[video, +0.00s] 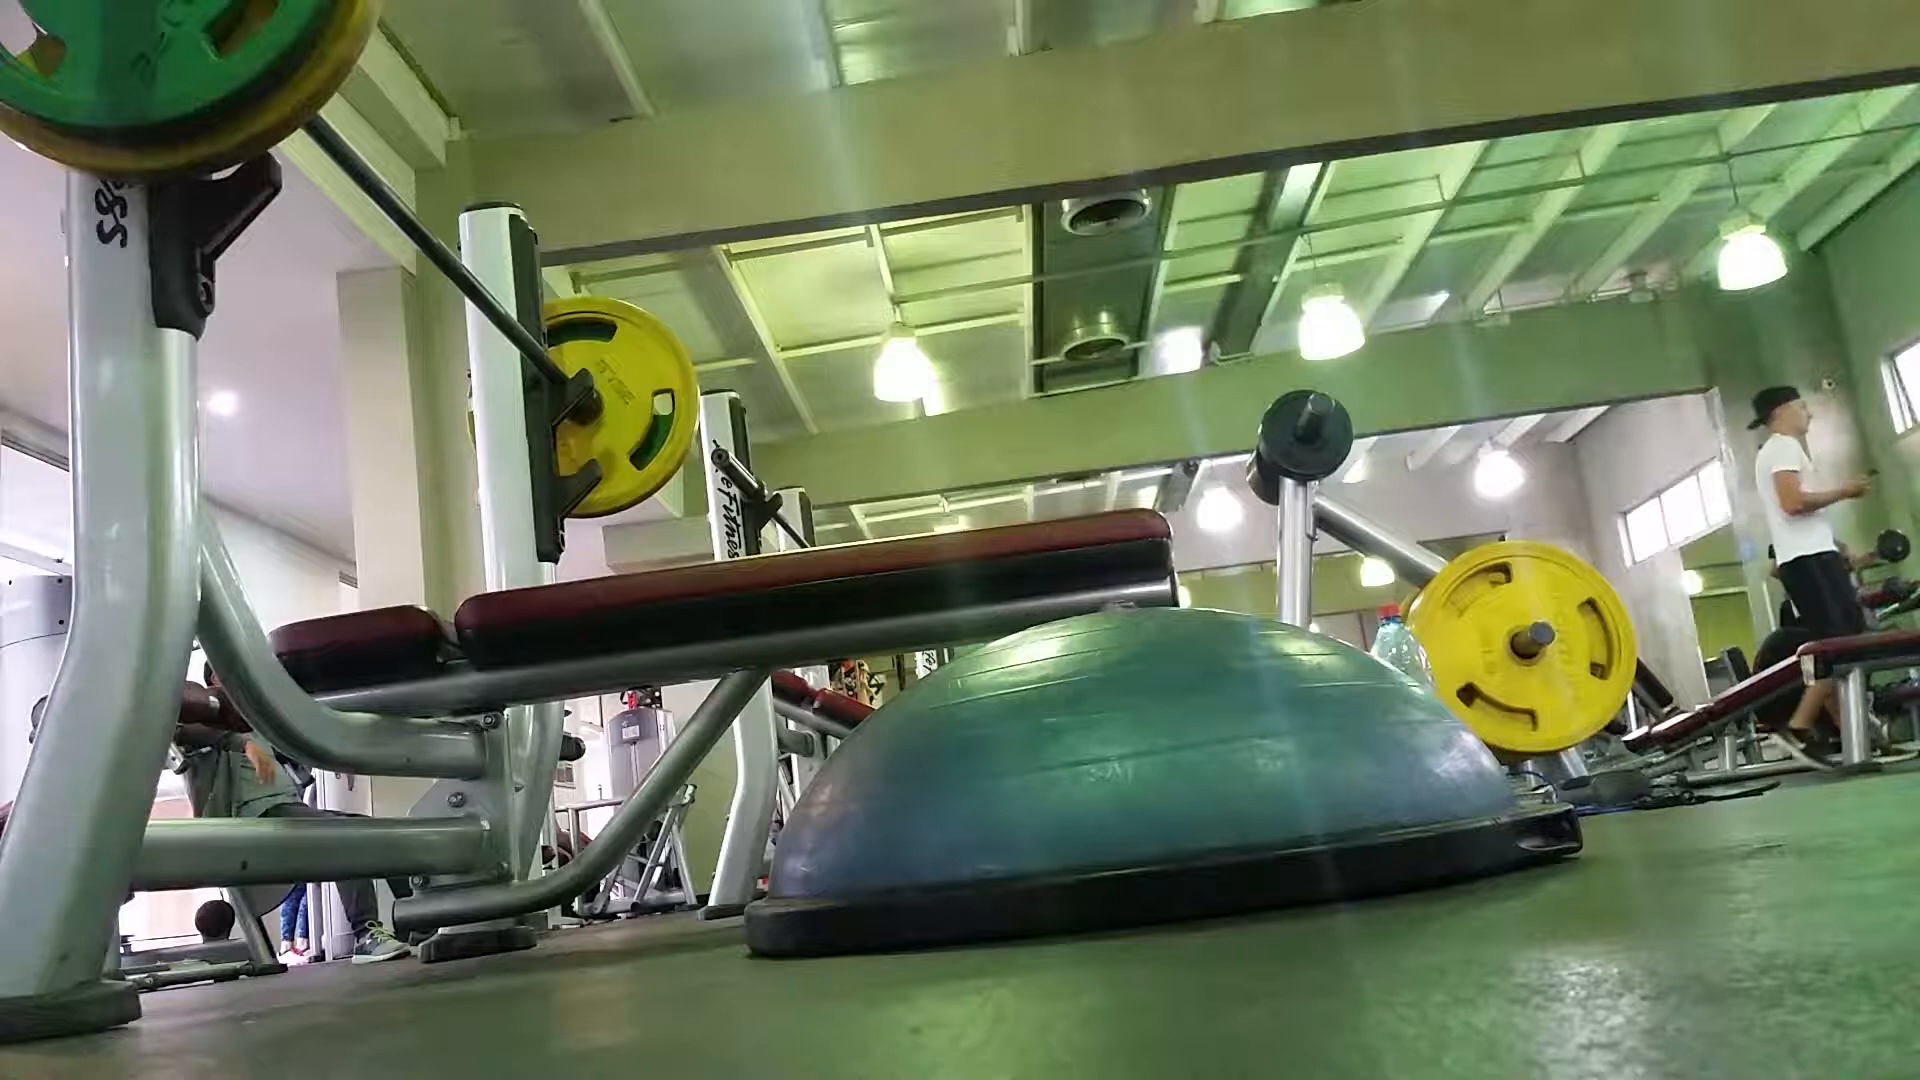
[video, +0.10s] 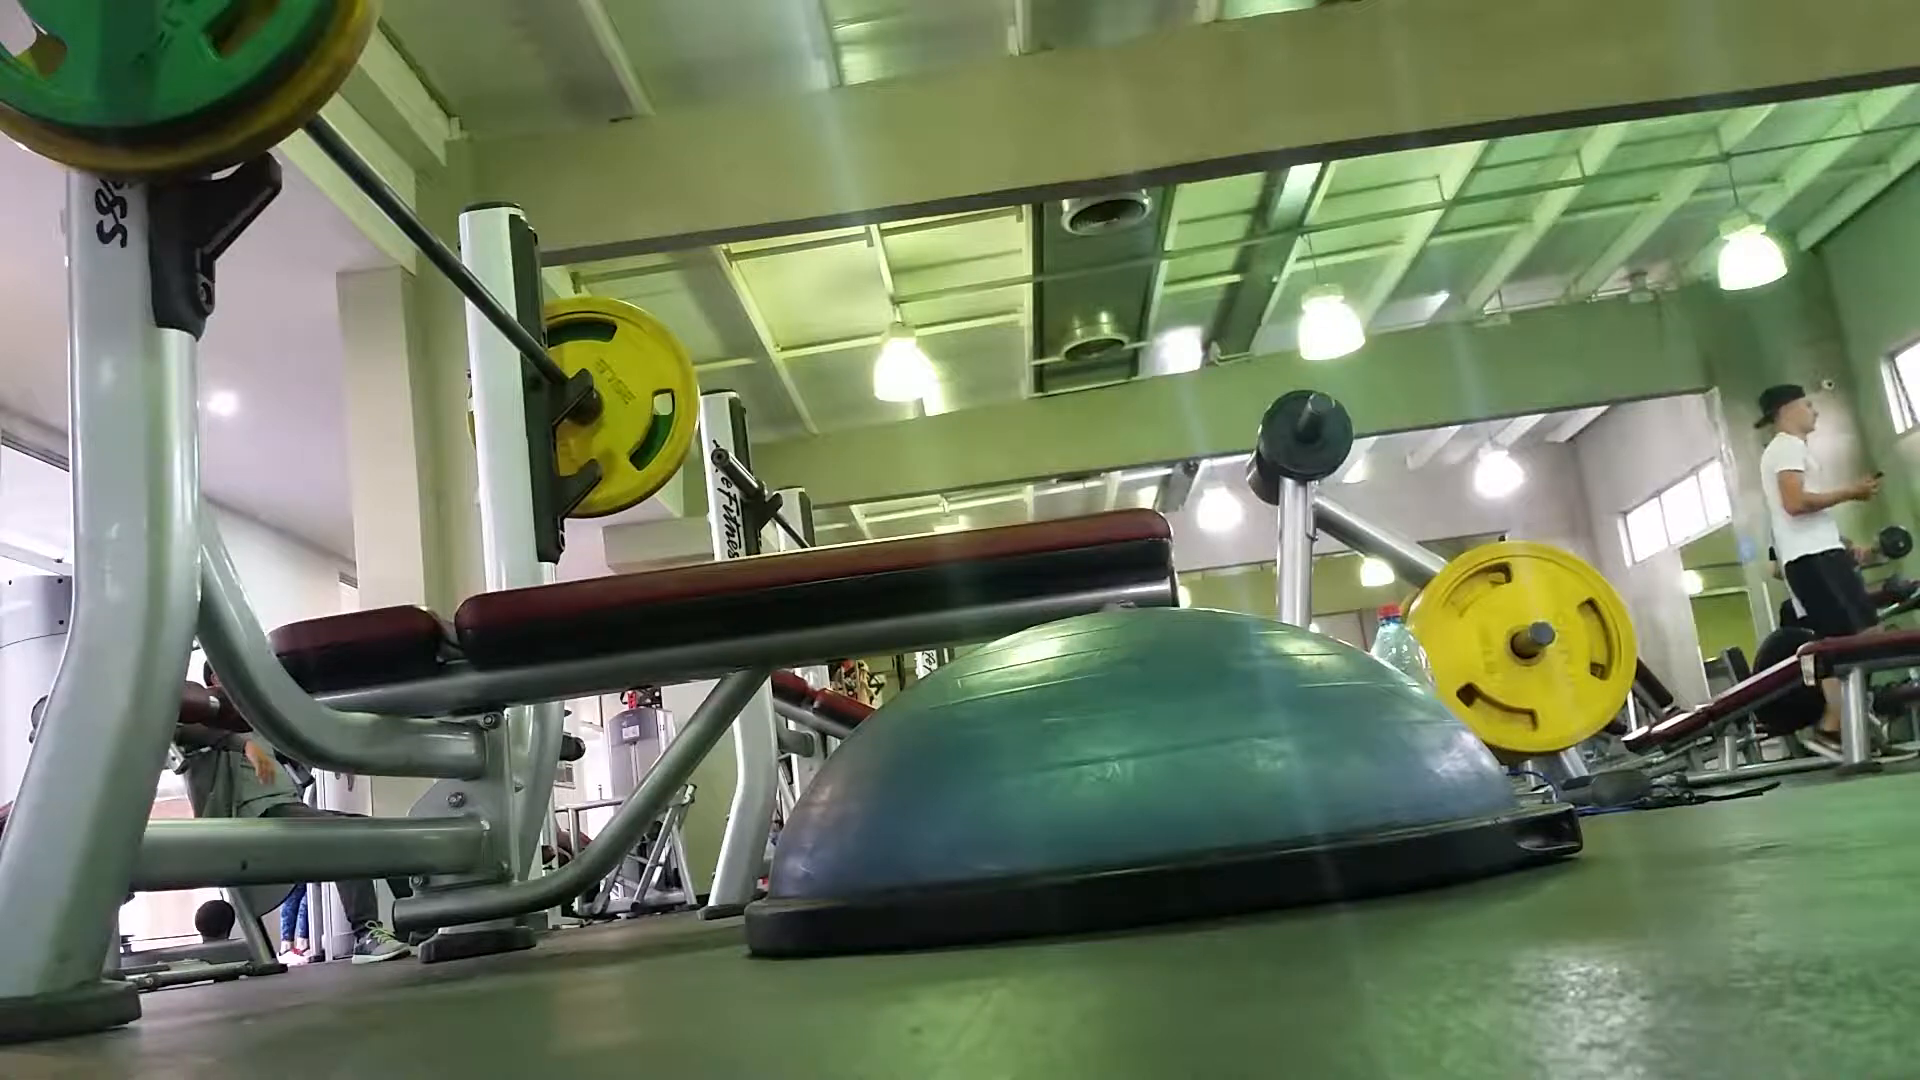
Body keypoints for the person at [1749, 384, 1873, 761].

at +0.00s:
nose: (1807, 413)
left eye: (1804, 406)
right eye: (1799, 407)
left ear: (1776, 416)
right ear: (1779, 413)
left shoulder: (1780, 450)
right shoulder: (1783, 446)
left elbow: (1796, 509)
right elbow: (1792, 502)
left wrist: (1835, 547)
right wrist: (1844, 491)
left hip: (1809, 556)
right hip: (1806, 557)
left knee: (1840, 640)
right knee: (1840, 638)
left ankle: (1853, 734)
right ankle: (1798, 726)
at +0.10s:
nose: (1813, 411)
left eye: (1810, 405)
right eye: (1805, 405)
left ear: (1784, 414)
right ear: (1785, 412)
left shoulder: (1787, 450)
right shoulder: (1786, 446)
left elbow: (1800, 514)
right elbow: (1794, 501)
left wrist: (1844, 548)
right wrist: (1850, 492)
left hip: (1813, 558)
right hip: (1811, 557)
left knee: (1842, 643)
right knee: (1856, 637)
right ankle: (1830, 729)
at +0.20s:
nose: (1820, 409)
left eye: (1817, 403)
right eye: (1812, 403)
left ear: (1791, 413)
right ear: (1791, 411)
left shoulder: (1791, 448)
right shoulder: (1791, 445)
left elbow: (1804, 508)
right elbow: (1797, 501)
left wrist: (1846, 545)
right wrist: (1853, 494)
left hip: (1815, 559)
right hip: (1819, 557)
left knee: (1835, 651)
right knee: (1873, 637)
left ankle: (1850, 738)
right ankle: (1876, 731)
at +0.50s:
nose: (1849, 405)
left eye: (1847, 399)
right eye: (1841, 399)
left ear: (1820, 408)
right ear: (1820, 406)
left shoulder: (1823, 442)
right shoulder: (1819, 442)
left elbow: (1831, 501)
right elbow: (1824, 498)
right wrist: (1877, 494)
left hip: (1843, 552)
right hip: (1843, 553)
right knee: (1891, 636)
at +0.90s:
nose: (1890, 391)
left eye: (1887, 384)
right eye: (1883, 385)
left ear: (1860, 397)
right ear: (1861, 395)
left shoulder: (1862, 432)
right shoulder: (1864, 431)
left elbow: (1868, 493)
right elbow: (1871, 492)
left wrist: (1908, 500)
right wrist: (1914, 498)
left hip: (1889, 543)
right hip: (1889, 544)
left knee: (1911, 636)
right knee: (1911, 637)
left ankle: (1879, 724)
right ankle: (1877, 725)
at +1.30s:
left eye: (1918, 383)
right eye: (1919, 383)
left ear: (1900, 386)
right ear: (1912, 383)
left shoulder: (1882, 430)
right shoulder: (1907, 422)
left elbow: (1896, 486)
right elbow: (1909, 484)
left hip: (1898, 540)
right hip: (1912, 538)